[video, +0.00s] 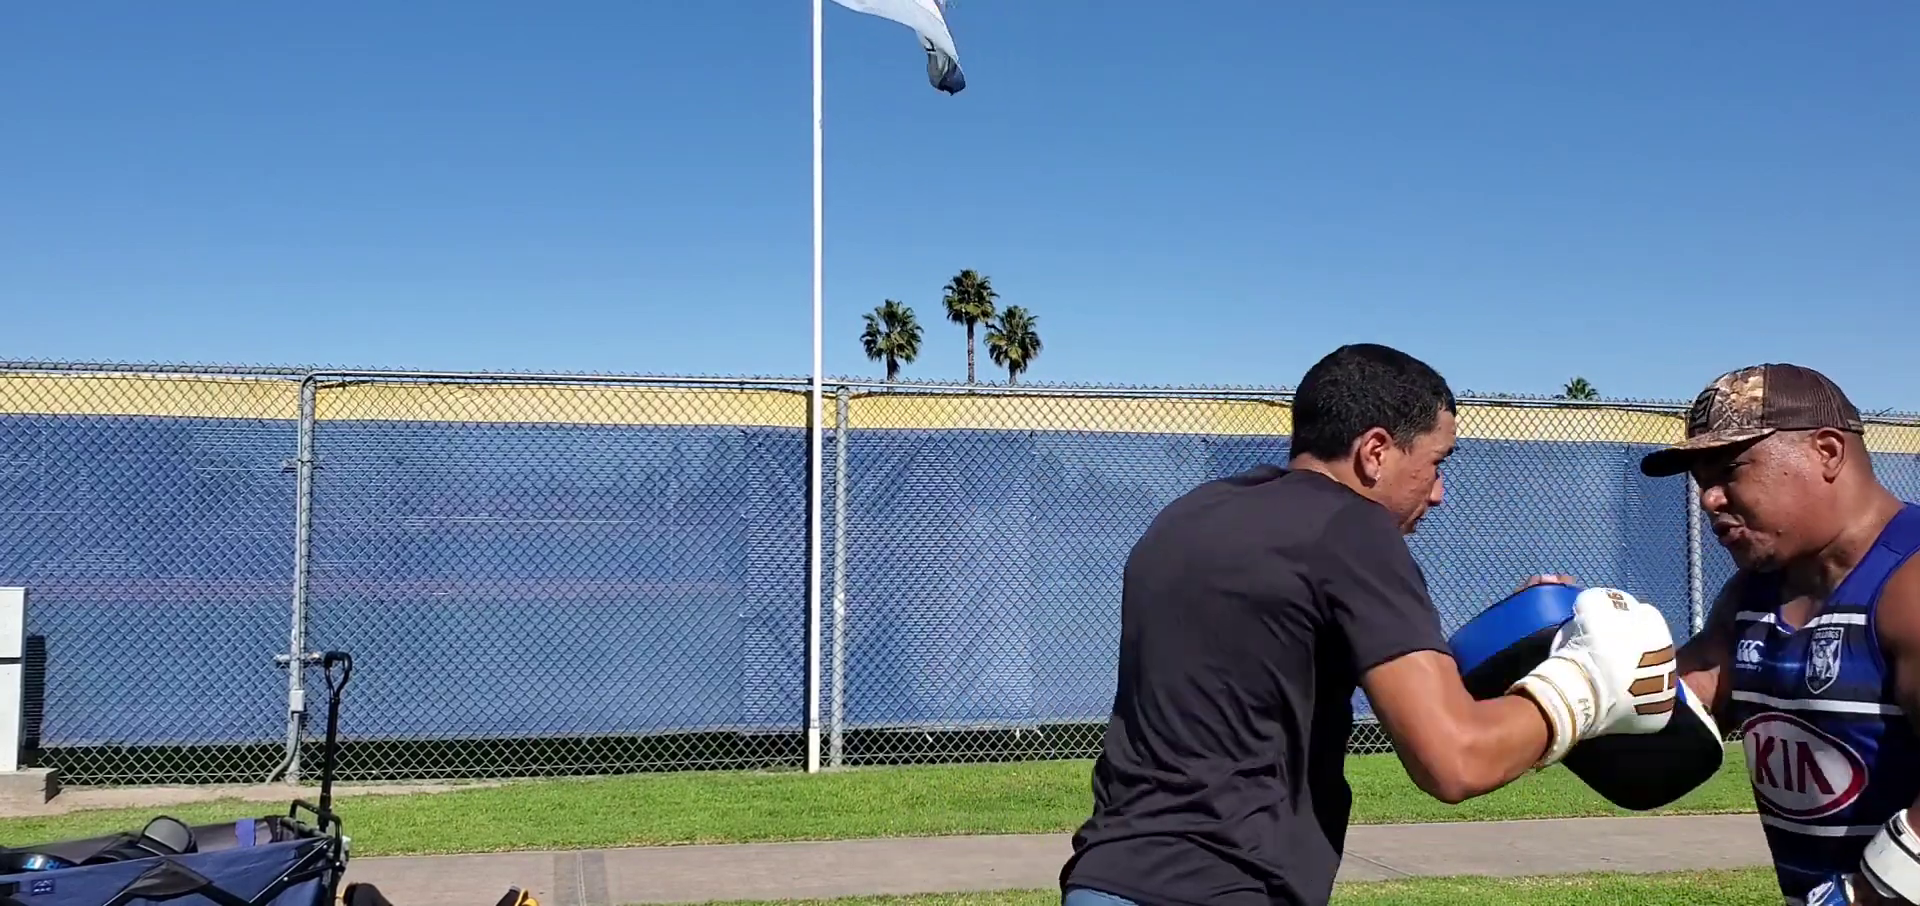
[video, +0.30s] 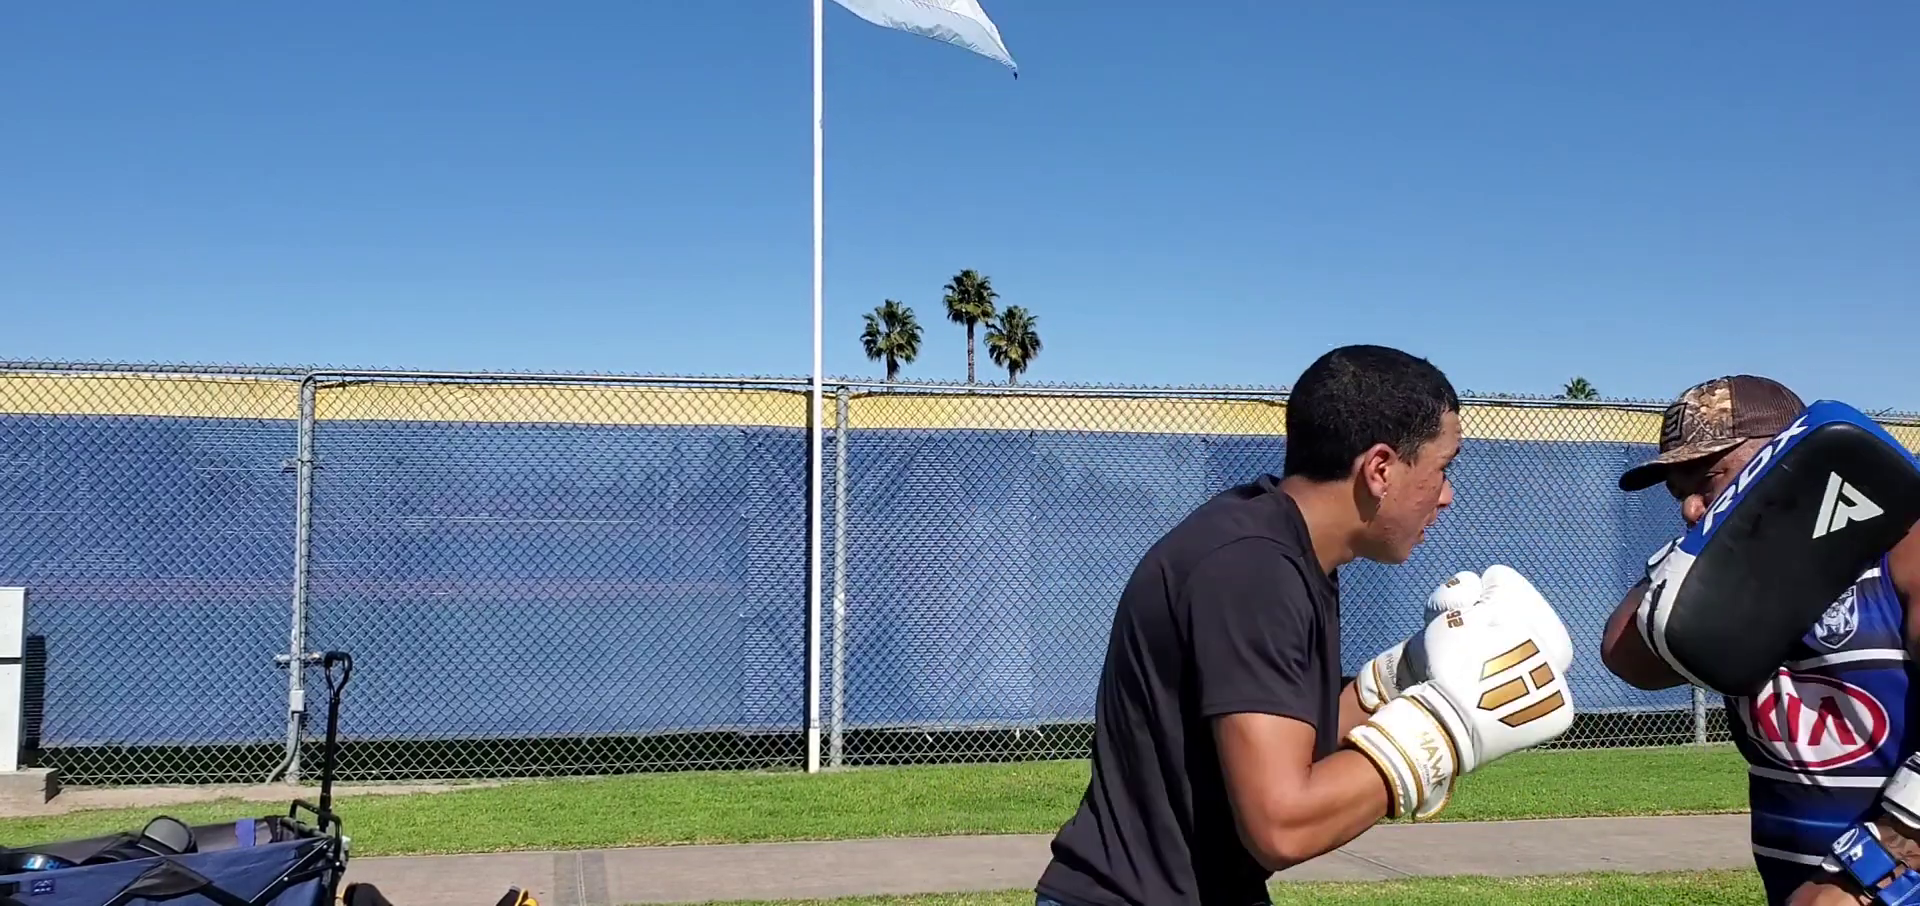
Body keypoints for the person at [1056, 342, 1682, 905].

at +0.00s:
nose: (1437, 495)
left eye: (1443, 470)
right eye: (1436, 466)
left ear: (1310, 443)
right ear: (1373, 451)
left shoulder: (1183, 519)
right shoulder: (1347, 530)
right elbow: (1457, 759)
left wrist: (1457, 668)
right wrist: (1586, 682)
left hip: (1106, 871)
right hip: (1231, 882)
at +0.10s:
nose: (1443, 475)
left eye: (1447, 449)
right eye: (1439, 447)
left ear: (1377, 444)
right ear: (1379, 444)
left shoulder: (1220, 511)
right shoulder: (1319, 534)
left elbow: (1248, 714)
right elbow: (1348, 785)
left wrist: (1383, 631)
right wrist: (1500, 677)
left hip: (1106, 876)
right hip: (1197, 887)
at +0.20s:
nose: (1447, 478)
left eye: (1451, 453)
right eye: (1444, 451)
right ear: (1384, 451)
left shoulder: (1240, 515)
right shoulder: (1288, 551)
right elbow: (1300, 810)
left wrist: (1365, 678)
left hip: (1103, 877)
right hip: (1153, 889)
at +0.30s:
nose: (1447, 496)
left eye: (1447, 470)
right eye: (1440, 470)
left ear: (1381, 472)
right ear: (1378, 471)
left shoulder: (1299, 556)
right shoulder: (1250, 565)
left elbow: (1289, 746)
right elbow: (1281, 827)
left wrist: (1406, 675)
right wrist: (1443, 728)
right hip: (1130, 890)